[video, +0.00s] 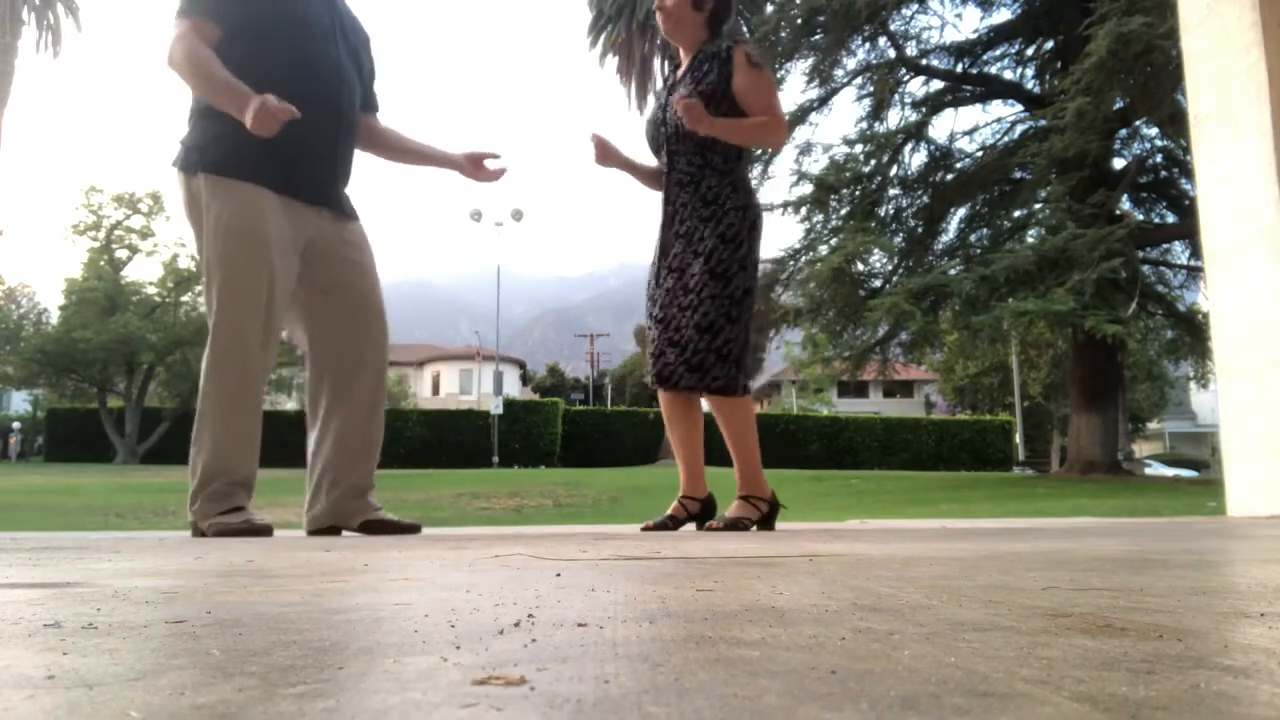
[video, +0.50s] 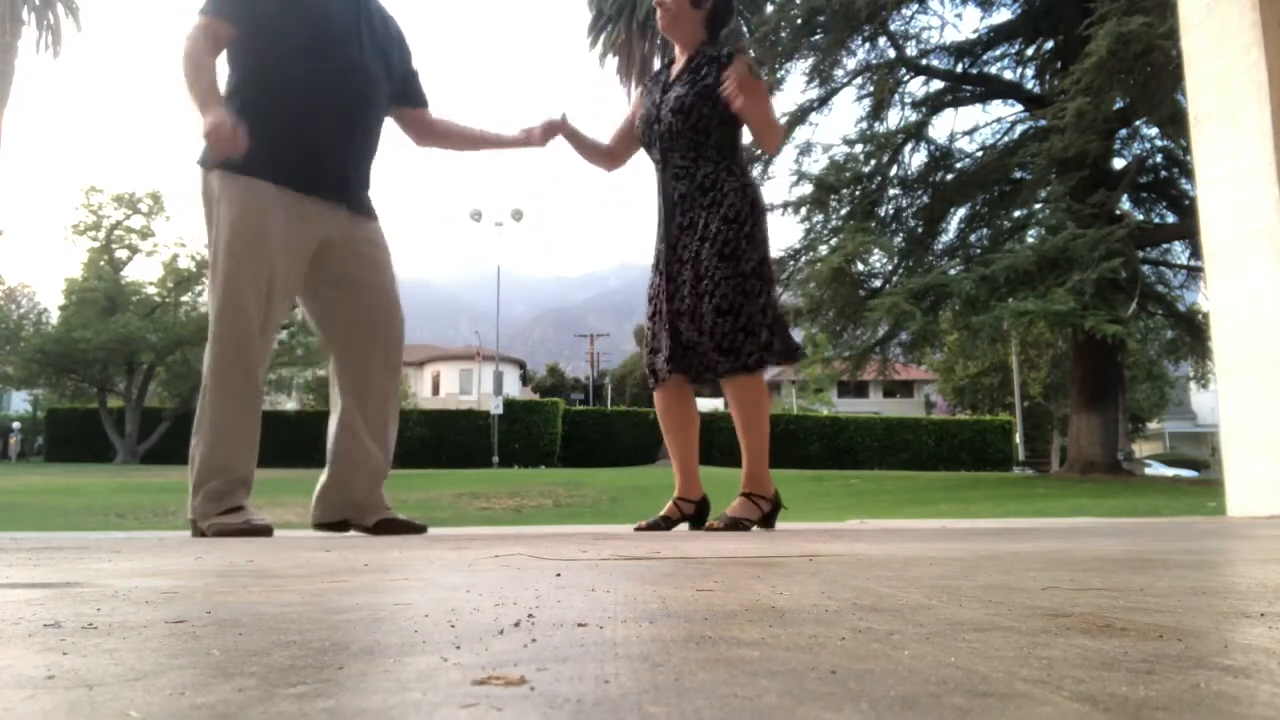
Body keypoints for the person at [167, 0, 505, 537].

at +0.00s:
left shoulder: (352, 28)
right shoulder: (235, 2)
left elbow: (361, 126)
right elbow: (184, 48)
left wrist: (452, 159)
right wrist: (246, 103)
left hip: (323, 198)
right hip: (239, 178)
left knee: (355, 340)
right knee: (243, 339)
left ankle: (340, 505)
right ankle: (219, 507)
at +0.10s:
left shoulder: (356, 23)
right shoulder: (236, 1)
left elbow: (374, 122)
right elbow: (185, 40)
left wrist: (465, 150)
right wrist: (249, 106)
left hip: (328, 196)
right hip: (245, 177)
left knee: (354, 346)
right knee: (245, 340)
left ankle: (341, 505)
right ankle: (219, 507)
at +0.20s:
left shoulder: (363, 17)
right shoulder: (237, 0)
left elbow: (388, 116)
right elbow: (188, 34)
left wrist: (476, 138)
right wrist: (247, 107)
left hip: (331, 192)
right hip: (247, 176)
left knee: (341, 346)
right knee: (237, 342)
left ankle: (341, 505)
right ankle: (219, 507)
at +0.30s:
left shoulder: (365, 16)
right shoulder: (242, 2)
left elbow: (402, 115)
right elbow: (196, 37)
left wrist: (491, 138)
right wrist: (238, 119)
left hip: (332, 192)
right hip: (248, 175)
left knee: (341, 348)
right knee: (236, 344)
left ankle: (340, 504)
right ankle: (219, 505)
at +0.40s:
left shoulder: (370, 20)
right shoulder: (252, 2)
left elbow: (412, 121)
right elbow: (206, 44)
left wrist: (513, 145)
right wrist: (221, 132)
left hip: (331, 199)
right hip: (248, 177)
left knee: (371, 327)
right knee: (237, 342)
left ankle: (350, 500)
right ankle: (218, 505)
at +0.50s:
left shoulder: (381, 24)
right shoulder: (262, 4)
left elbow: (422, 127)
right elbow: (201, 43)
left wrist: (515, 139)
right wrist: (212, 110)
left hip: (344, 204)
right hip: (258, 182)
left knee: (375, 342)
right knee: (240, 348)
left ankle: (352, 500)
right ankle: (218, 505)